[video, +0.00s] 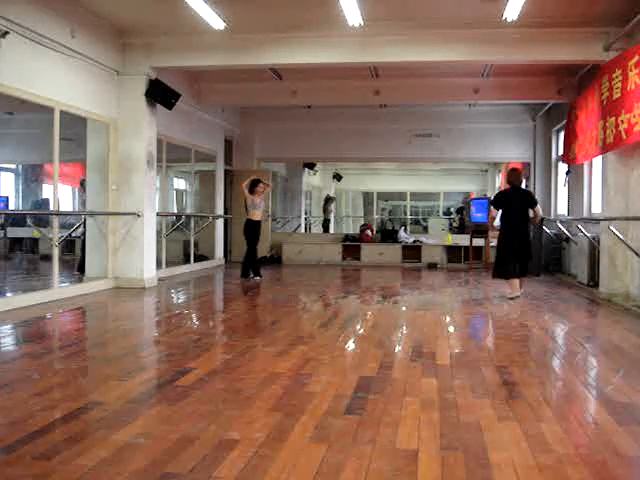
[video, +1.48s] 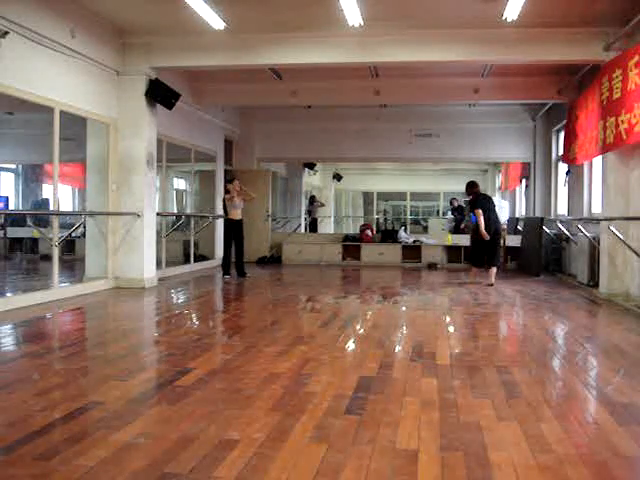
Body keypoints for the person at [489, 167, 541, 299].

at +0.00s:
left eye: (510, 177)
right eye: (519, 177)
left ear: (507, 179)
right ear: (521, 179)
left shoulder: (502, 194)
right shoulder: (527, 194)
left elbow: (493, 214)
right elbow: (538, 213)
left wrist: (491, 225)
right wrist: (533, 221)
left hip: (508, 231)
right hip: (522, 231)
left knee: (510, 259)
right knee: (520, 258)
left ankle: (515, 290)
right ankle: (519, 287)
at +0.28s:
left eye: (506, 177)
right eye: (517, 176)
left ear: (505, 179)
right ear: (518, 179)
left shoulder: (501, 194)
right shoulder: (523, 193)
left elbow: (493, 212)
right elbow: (528, 211)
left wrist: (484, 227)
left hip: (506, 229)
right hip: (521, 229)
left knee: (500, 256)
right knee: (518, 256)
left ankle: (510, 278)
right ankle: (517, 286)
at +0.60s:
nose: (491, 183)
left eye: (491, 180)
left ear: (492, 182)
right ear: (503, 181)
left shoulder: (492, 196)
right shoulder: (509, 195)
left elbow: (493, 216)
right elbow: (510, 214)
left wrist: (493, 232)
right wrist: (510, 228)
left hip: (496, 229)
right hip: (508, 230)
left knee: (493, 256)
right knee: (509, 255)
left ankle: (493, 283)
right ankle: (515, 277)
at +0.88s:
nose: (482, 183)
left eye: (483, 181)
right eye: (483, 181)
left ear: (484, 182)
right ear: (494, 181)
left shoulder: (484, 196)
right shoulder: (502, 194)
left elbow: (483, 215)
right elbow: (508, 212)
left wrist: (473, 228)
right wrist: (506, 223)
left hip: (490, 227)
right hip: (502, 226)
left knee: (488, 250)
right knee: (499, 250)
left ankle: (494, 279)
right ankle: (498, 278)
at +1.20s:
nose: (473, 189)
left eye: (473, 187)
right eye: (474, 187)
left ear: (475, 188)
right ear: (485, 185)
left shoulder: (480, 197)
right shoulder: (494, 196)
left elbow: (484, 214)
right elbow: (499, 212)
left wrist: (476, 229)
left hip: (488, 228)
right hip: (499, 228)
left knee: (481, 250)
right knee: (495, 253)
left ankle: (485, 275)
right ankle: (493, 278)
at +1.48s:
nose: (467, 194)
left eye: (467, 191)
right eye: (467, 192)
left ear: (469, 191)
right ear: (478, 188)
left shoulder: (474, 200)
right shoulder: (487, 197)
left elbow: (479, 214)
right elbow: (493, 214)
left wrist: (482, 229)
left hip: (483, 229)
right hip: (495, 228)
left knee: (477, 252)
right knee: (494, 254)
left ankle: (472, 277)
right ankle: (492, 279)